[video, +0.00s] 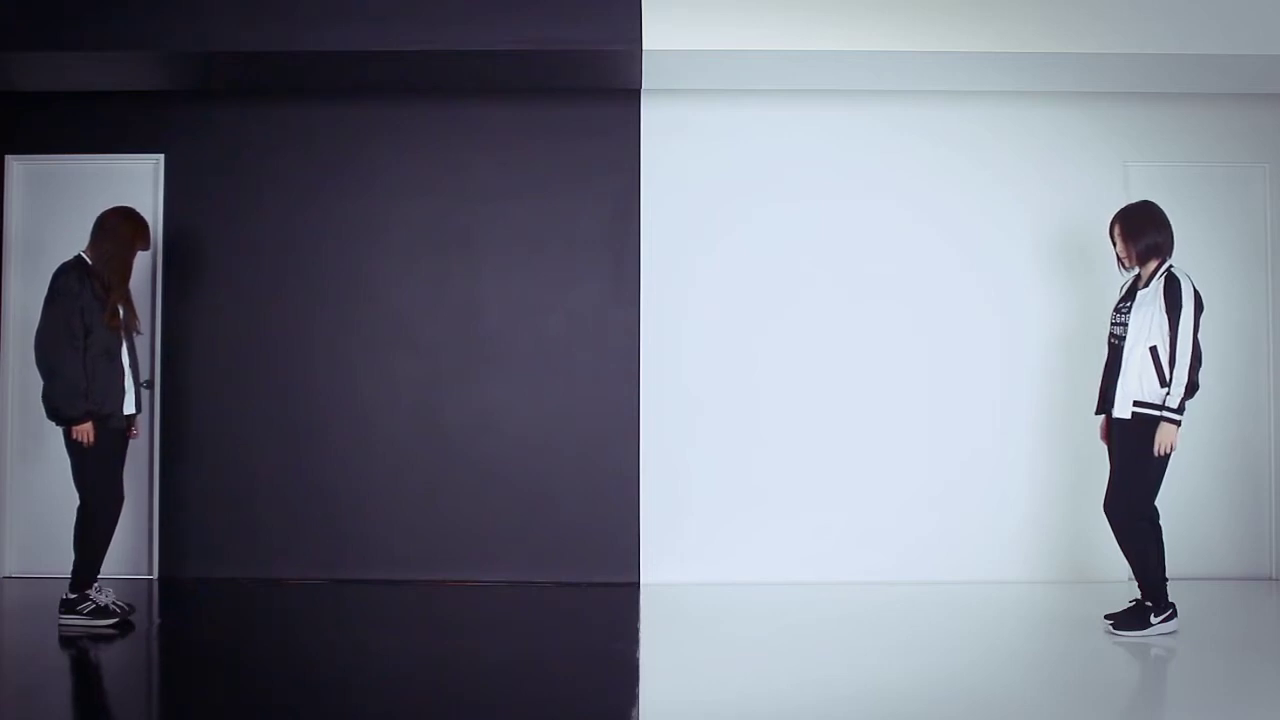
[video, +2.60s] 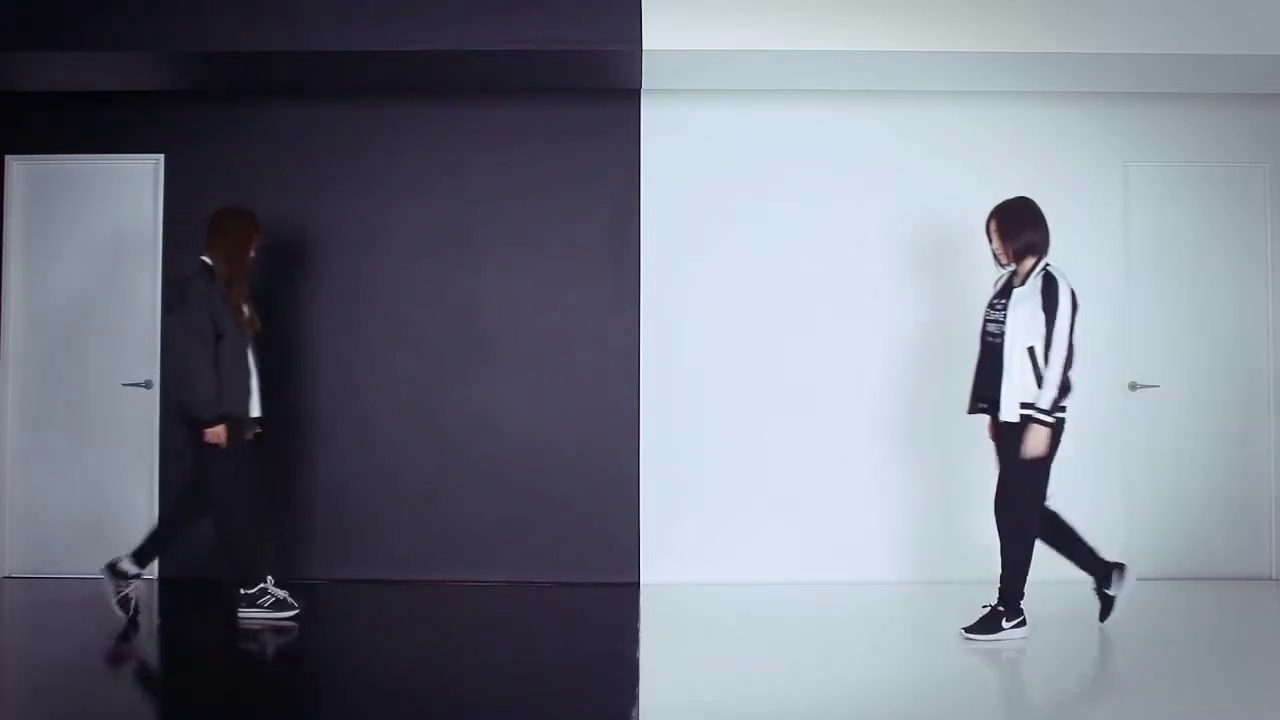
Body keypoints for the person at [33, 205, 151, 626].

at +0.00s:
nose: (134, 259)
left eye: (137, 251)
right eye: (132, 250)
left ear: (110, 241)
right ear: (115, 244)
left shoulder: (110, 283)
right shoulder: (72, 278)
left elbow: (120, 354)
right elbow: (56, 349)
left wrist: (130, 410)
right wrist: (76, 412)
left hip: (112, 416)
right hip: (87, 417)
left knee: (108, 499)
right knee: (100, 501)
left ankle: (86, 590)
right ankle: (78, 597)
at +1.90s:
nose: (156, 256)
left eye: (157, 247)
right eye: (153, 247)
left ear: (129, 240)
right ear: (136, 242)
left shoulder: (132, 285)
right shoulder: (96, 279)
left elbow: (135, 358)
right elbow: (80, 350)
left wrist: (145, 414)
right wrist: (98, 413)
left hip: (128, 414)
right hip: (111, 415)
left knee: (104, 503)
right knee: (156, 489)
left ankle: (87, 592)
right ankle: (107, 576)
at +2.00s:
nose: (162, 255)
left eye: (164, 247)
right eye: (160, 246)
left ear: (136, 240)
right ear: (142, 242)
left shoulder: (132, 282)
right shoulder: (103, 278)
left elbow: (135, 347)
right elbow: (85, 348)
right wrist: (104, 412)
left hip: (136, 415)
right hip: (122, 417)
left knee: (105, 508)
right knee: (173, 481)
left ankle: (86, 593)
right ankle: (151, 573)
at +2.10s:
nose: (173, 255)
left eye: (175, 246)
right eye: (169, 245)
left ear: (152, 244)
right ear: (149, 242)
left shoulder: (155, 285)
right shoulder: (113, 280)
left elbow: (164, 355)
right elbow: (94, 350)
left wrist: (176, 411)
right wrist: (112, 414)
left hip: (148, 418)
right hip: (133, 419)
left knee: (107, 511)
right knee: (182, 487)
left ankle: (86, 593)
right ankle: (195, 576)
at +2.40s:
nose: (214, 263)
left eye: (215, 254)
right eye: (210, 254)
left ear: (188, 250)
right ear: (190, 250)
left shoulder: (185, 294)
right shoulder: (158, 290)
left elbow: (185, 364)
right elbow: (143, 361)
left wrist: (193, 424)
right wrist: (156, 425)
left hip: (180, 427)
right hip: (171, 429)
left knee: (130, 512)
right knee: (205, 511)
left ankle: (89, 590)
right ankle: (244, 587)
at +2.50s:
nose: (233, 260)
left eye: (234, 251)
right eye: (229, 251)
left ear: (204, 248)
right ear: (210, 249)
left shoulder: (209, 290)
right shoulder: (179, 290)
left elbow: (213, 359)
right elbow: (166, 359)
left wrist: (225, 418)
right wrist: (180, 422)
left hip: (213, 421)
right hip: (192, 423)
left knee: (154, 503)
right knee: (226, 506)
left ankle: (100, 582)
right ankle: (251, 590)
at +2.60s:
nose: (253, 257)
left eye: (255, 249)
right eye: (249, 248)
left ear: (226, 247)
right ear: (229, 246)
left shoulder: (232, 288)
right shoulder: (199, 287)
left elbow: (238, 360)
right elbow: (194, 358)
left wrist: (251, 414)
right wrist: (209, 416)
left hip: (241, 420)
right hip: (220, 423)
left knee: (197, 501)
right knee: (239, 504)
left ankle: (131, 565)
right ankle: (253, 590)